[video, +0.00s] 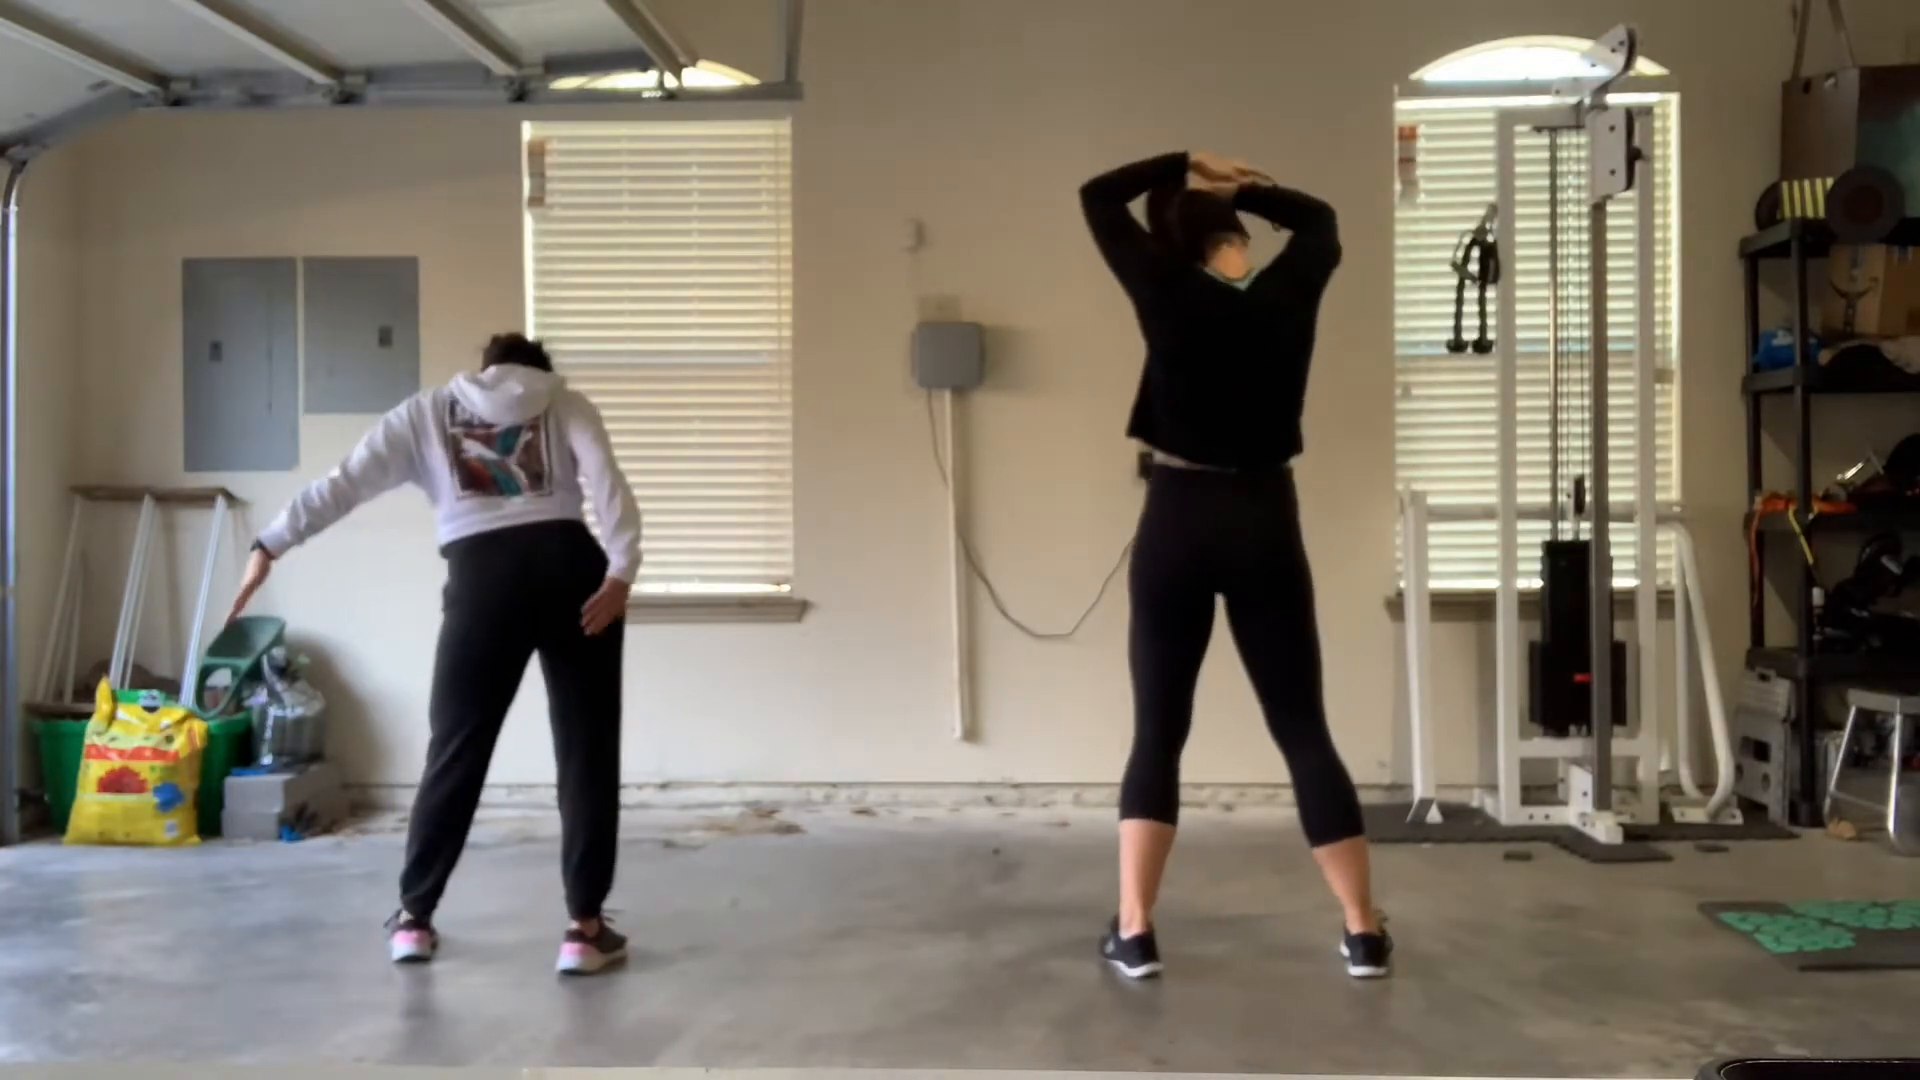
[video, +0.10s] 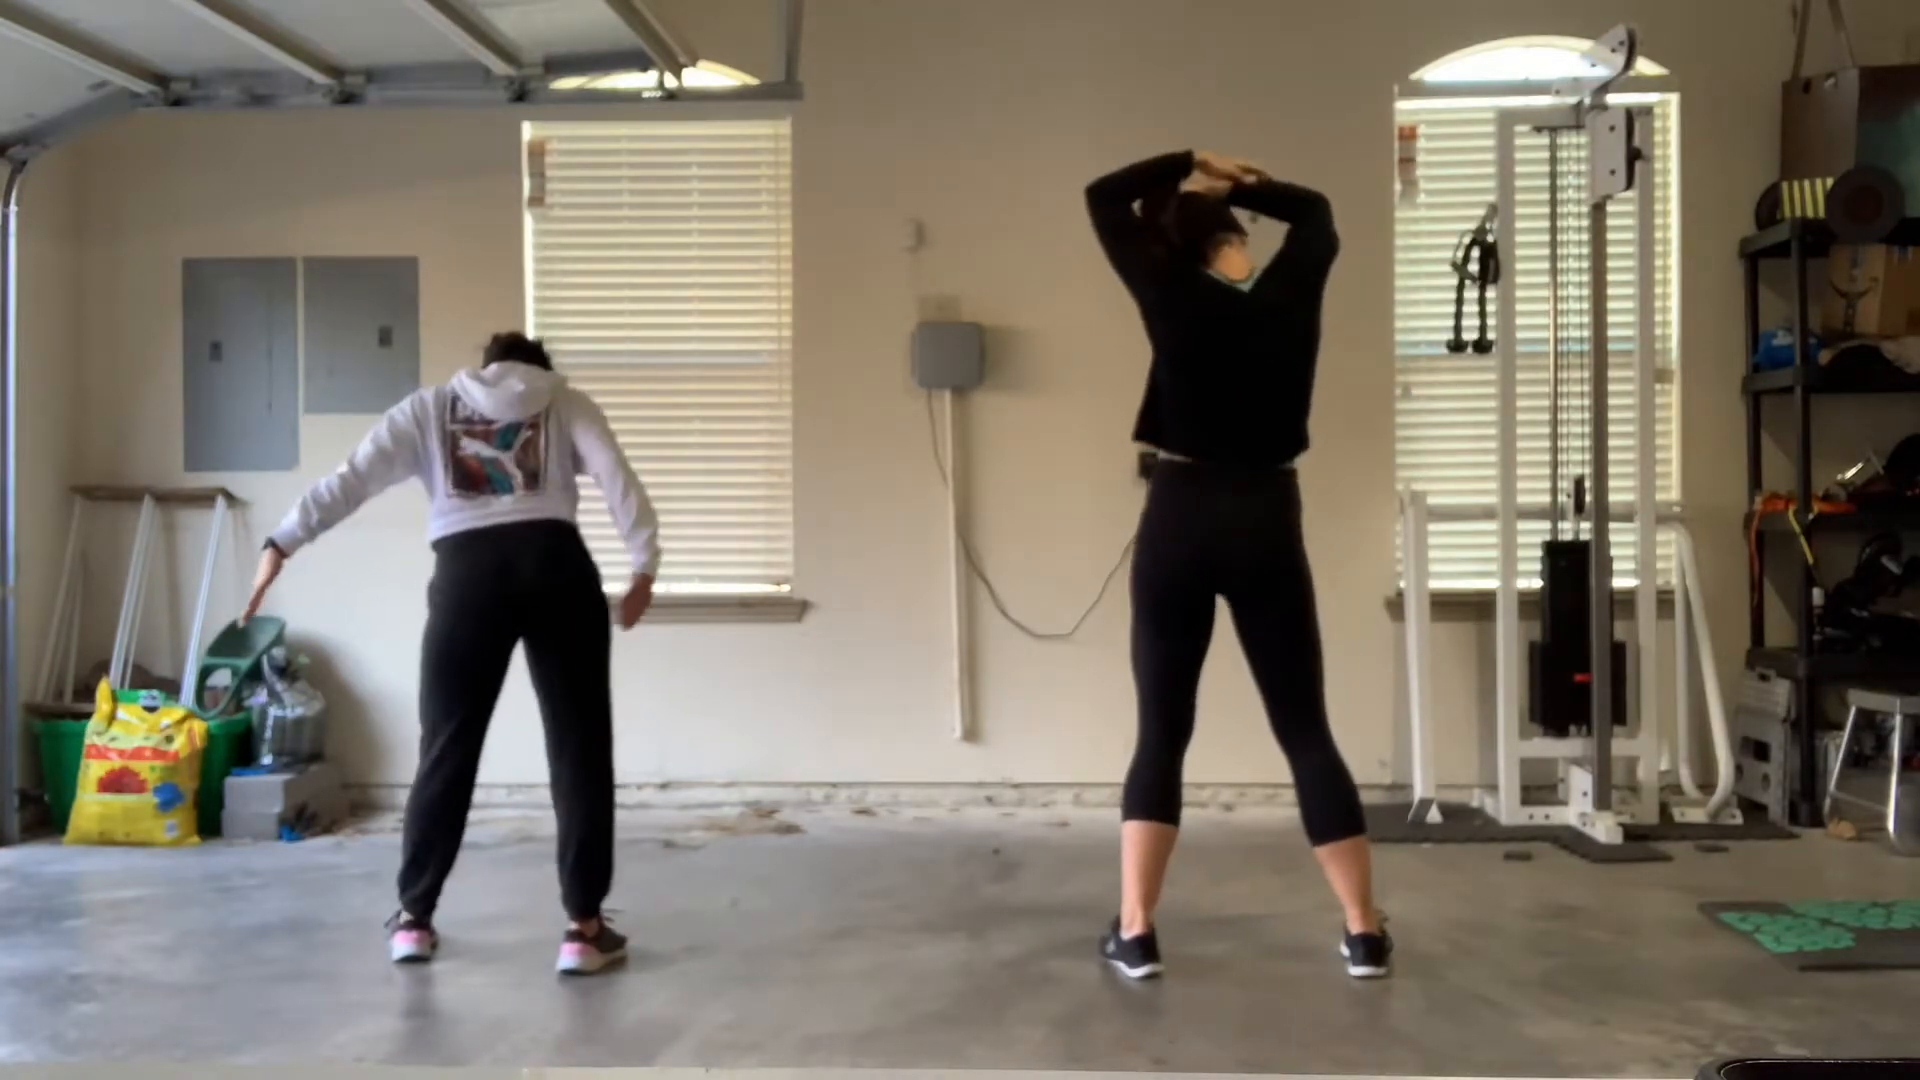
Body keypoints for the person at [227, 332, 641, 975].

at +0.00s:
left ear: (481, 369)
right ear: (541, 372)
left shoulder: (429, 409)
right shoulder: (567, 403)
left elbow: (347, 481)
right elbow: (604, 481)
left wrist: (268, 546)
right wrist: (621, 571)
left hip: (484, 575)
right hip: (573, 568)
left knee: (455, 751)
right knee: (588, 758)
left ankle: (414, 919)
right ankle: (585, 927)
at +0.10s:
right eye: (544, 372)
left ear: (481, 367)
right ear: (543, 369)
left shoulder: (431, 405)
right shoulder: (566, 401)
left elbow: (353, 477)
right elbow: (616, 476)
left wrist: (280, 544)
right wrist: (644, 569)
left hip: (468, 572)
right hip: (559, 568)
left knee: (447, 747)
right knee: (580, 750)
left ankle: (414, 920)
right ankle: (584, 925)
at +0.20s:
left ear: (481, 365)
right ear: (543, 369)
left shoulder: (433, 399)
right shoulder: (568, 401)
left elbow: (367, 471)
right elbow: (628, 467)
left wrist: (303, 539)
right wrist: (678, 550)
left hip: (442, 571)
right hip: (535, 569)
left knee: (430, 752)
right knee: (564, 752)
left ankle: (411, 920)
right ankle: (583, 926)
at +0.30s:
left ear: (483, 368)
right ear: (547, 372)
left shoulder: (433, 399)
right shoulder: (571, 407)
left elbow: (383, 472)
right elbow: (640, 466)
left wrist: (327, 551)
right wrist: (705, 540)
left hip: (418, 576)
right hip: (507, 577)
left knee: (413, 755)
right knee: (553, 756)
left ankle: (410, 920)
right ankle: (581, 925)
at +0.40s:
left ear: (486, 370)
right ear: (548, 374)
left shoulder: (431, 402)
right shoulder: (573, 408)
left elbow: (394, 488)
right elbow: (645, 469)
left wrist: (354, 579)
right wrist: (716, 540)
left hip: (401, 583)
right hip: (485, 585)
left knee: (402, 760)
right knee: (547, 759)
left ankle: (408, 921)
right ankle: (580, 926)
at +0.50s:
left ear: (489, 367)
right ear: (549, 373)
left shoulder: (432, 401)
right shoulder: (572, 406)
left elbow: (387, 491)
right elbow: (642, 471)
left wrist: (347, 576)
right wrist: (709, 545)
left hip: (395, 583)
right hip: (479, 583)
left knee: (405, 760)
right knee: (543, 758)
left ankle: (408, 921)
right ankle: (579, 925)